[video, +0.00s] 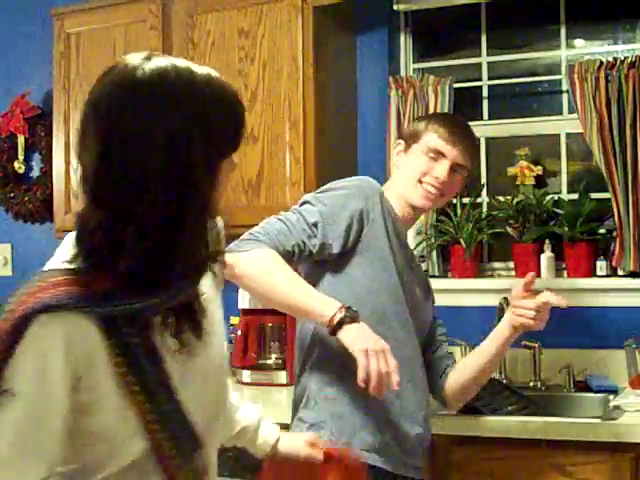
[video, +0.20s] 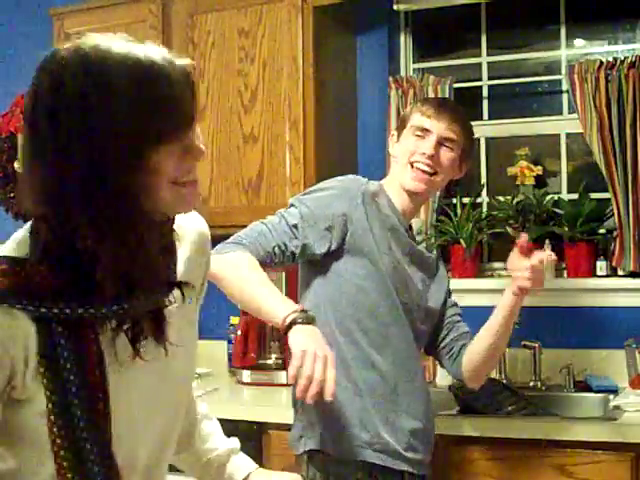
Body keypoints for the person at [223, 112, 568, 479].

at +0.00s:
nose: (442, 177)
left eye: (457, 171)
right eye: (434, 157)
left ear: (461, 189)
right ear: (400, 152)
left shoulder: (417, 282)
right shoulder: (361, 198)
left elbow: (449, 392)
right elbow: (244, 256)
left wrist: (508, 327)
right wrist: (342, 319)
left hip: (402, 463)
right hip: (339, 456)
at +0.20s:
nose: (430, 150)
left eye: (447, 146)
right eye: (421, 134)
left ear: (458, 171)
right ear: (393, 143)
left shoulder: (432, 271)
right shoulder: (347, 198)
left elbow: (469, 371)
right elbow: (226, 258)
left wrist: (514, 295)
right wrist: (294, 321)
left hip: (407, 460)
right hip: (342, 453)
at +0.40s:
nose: (425, 150)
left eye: (444, 143)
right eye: (416, 133)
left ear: (460, 166)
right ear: (396, 140)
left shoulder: (437, 265)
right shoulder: (344, 199)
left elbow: (482, 355)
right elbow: (227, 260)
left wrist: (494, 253)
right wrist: (270, 337)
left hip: (406, 460)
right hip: (333, 452)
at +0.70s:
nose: (419, 152)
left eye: (436, 144)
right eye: (410, 133)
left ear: (450, 160)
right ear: (386, 133)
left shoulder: (432, 255)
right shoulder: (320, 202)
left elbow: (480, 332)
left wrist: (459, 212)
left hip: (397, 459)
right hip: (318, 449)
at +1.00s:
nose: (414, 158)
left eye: (428, 145)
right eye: (403, 137)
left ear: (438, 154)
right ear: (362, 132)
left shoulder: (417, 233)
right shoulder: (316, 212)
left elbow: (444, 322)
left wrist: (427, 209)